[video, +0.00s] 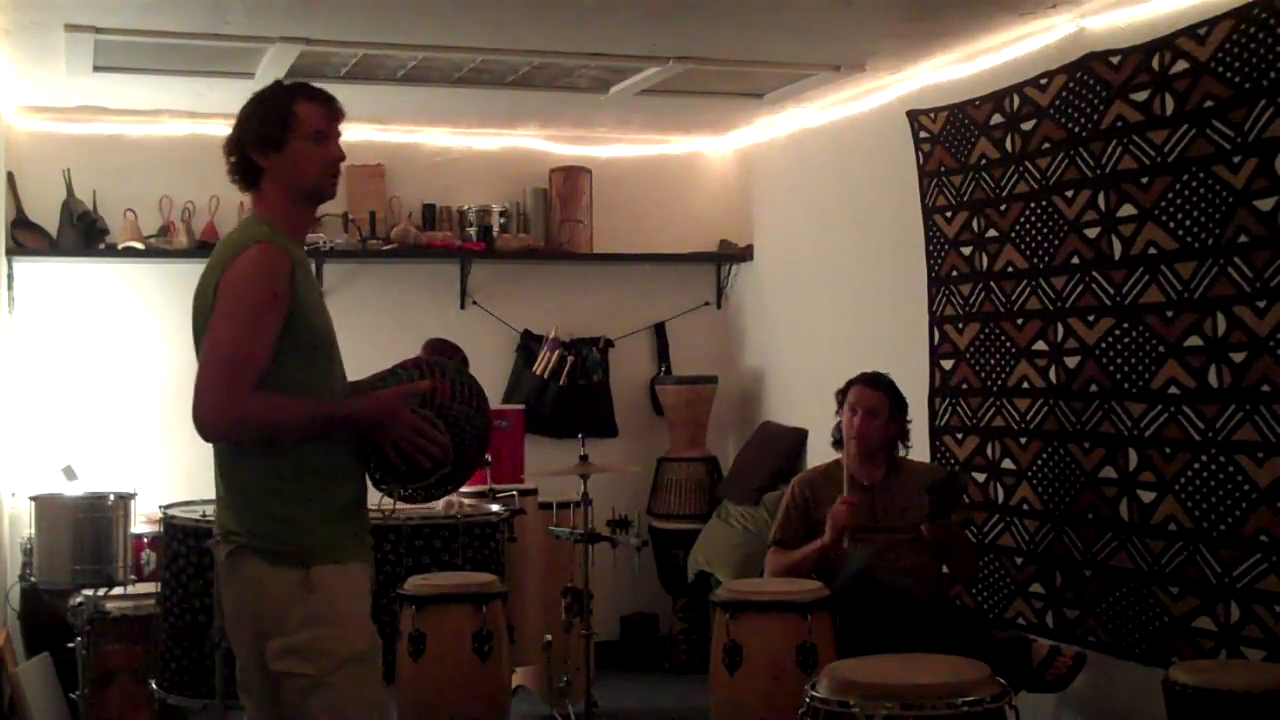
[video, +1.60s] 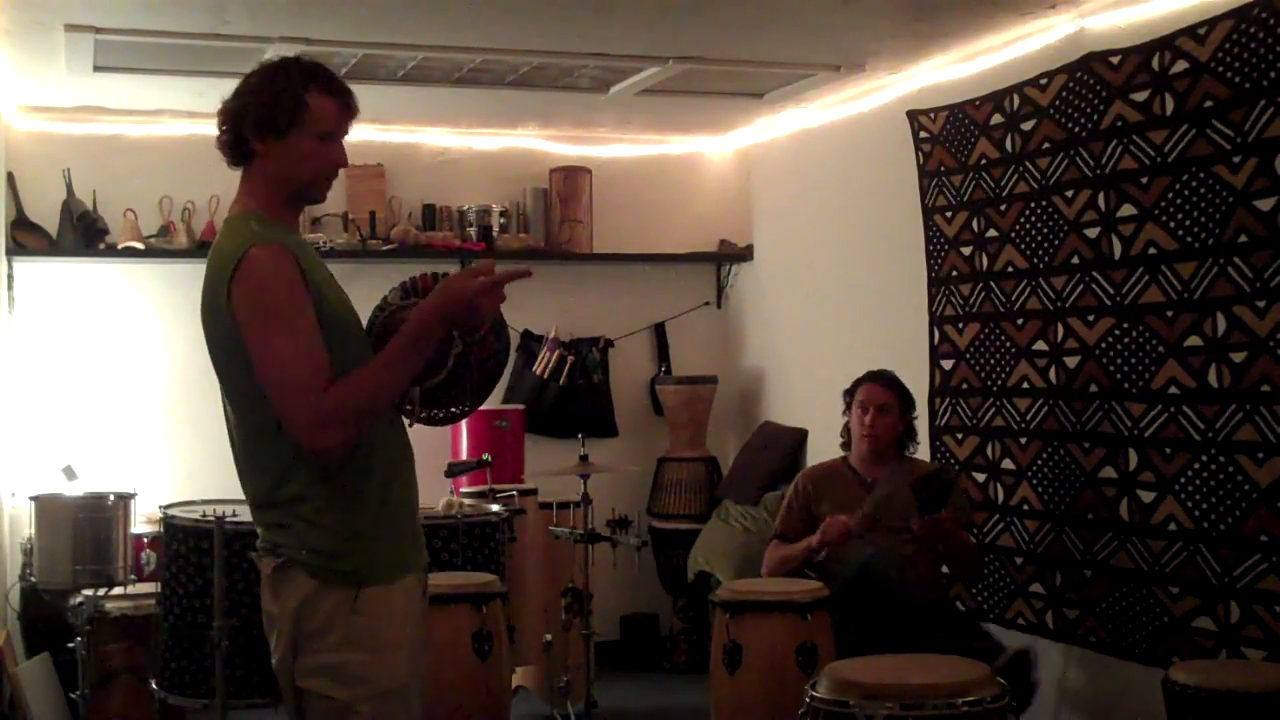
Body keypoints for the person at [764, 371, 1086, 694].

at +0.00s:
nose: (857, 422)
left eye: (871, 414)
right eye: (851, 410)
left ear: (896, 426)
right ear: (840, 417)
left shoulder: (929, 481)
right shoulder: (809, 487)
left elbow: (968, 568)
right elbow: (773, 571)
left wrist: (948, 539)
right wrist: (826, 539)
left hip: (921, 605)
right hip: (841, 612)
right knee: (861, 574)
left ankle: (1017, 660)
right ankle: (1014, 649)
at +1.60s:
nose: (870, 419)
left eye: (883, 411)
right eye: (862, 408)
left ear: (903, 423)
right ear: (848, 416)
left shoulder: (929, 479)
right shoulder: (813, 482)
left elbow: (970, 567)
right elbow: (770, 566)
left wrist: (945, 536)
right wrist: (816, 541)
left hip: (919, 606)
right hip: (841, 612)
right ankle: (987, 656)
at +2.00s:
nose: (912, 410)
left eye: (923, 401)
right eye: (901, 397)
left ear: (933, 413)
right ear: (875, 405)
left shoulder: (955, 475)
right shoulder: (833, 470)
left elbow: (982, 566)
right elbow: (783, 554)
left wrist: (959, 539)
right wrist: (836, 536)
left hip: (933, 612)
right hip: (853, 613)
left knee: (1018, 645)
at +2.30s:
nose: (931, 414)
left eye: (942, 404)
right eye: (918, 401)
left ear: (952, 416)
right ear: (889, 409)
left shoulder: (973, 482)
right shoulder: (848, 477)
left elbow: (1000, 568)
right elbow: (803, 565)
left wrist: (977, 570)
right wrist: (849, 554)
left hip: (943, 615)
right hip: (866, 616)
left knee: (1021, 648)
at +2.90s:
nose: (963, 446)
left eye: (975, 435)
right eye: (952, 432)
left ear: (988, 443)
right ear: (925, 436)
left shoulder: (1003, 499)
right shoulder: (880, 492)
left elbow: (1004, 592)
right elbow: (829, 574)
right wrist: (870, 582)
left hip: (964, 620)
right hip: (892, 618)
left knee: (1020, 645)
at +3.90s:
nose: (998, 471)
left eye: (1005, 461)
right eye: (987, 458)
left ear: (1011, 458)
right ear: (953, 449)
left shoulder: (1009, 504)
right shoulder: (889, 491)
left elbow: (1005, 595)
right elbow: (836, 576)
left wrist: (990, 617)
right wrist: (879, 584)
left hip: (961, 621)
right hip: (888, 618)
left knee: (1018, 650)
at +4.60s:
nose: (961, 452)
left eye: (977, 444)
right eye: (955, 437)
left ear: (997, 455)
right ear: (939, 437)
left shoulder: (1008, 505)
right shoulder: (887, 489)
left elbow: (1005, 594)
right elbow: (833, 575)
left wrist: (992, 619)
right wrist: (876, 576)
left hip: (961, 625)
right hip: (884, 620)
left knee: (1019, 651)